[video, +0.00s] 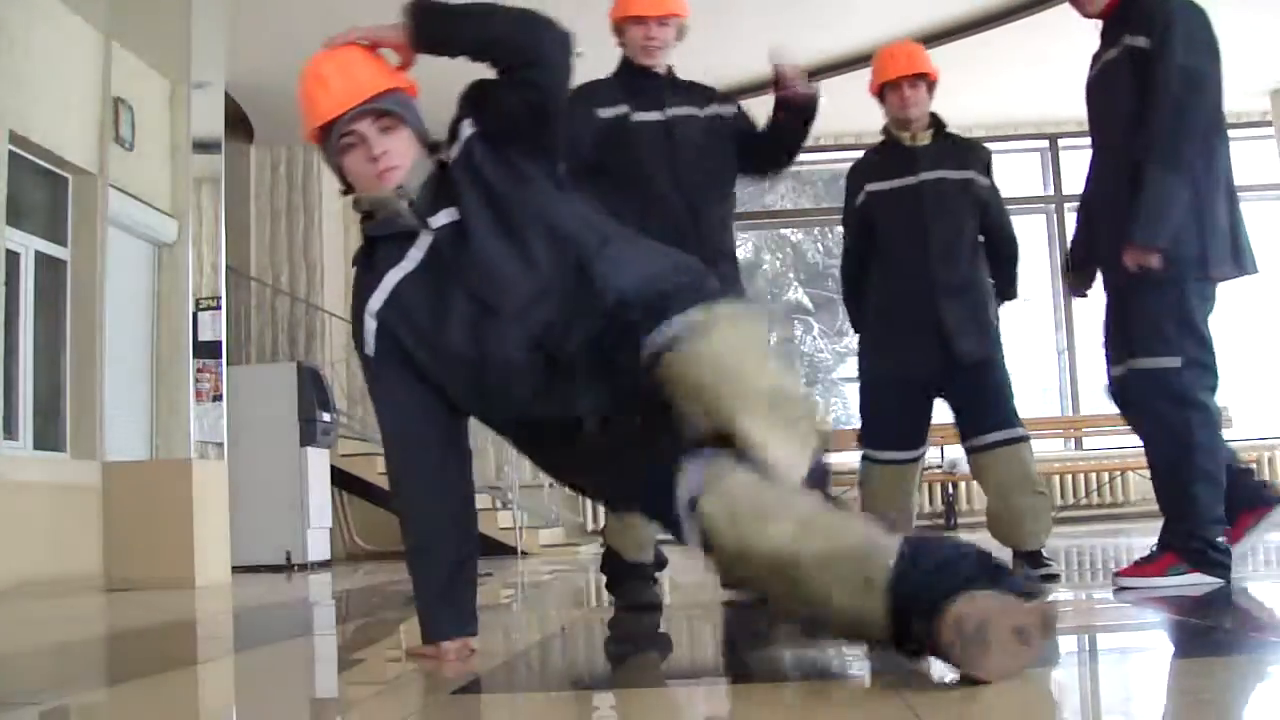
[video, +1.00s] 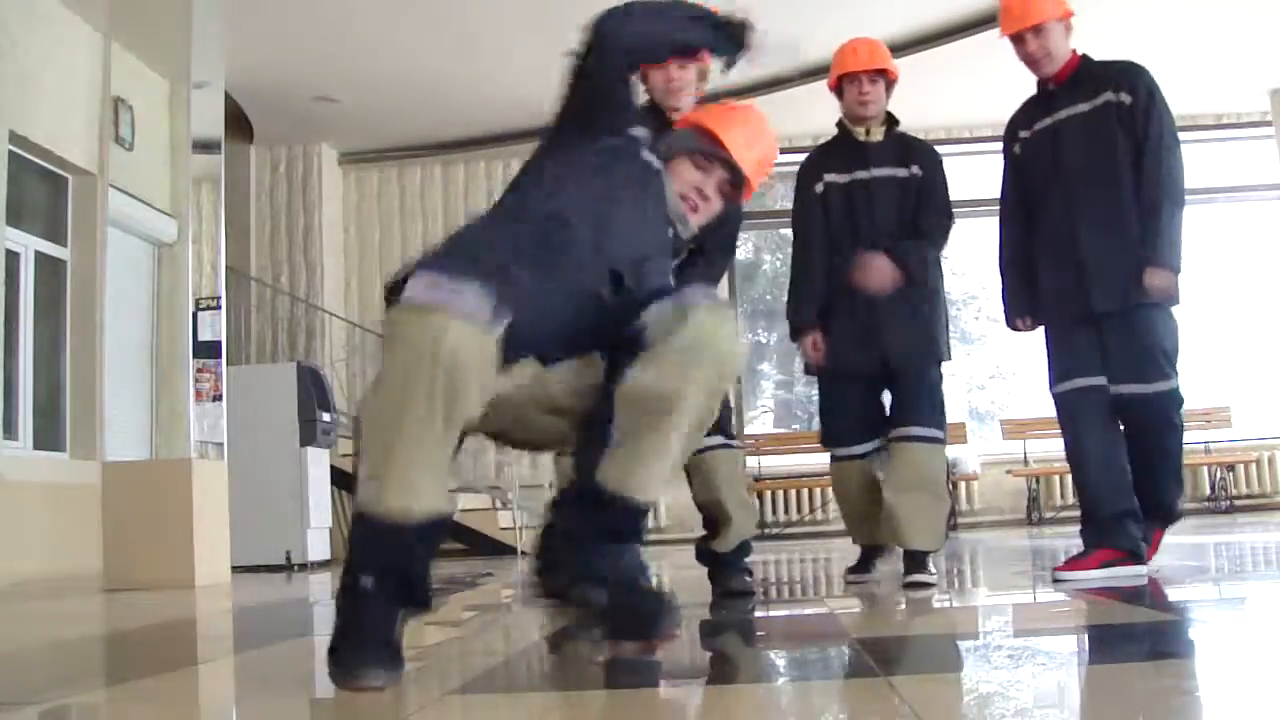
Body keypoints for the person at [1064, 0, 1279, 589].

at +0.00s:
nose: (1075, 5)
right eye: (1072, 3)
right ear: (1092, 0)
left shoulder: (1170, 13)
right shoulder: (1115, 41)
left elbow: (1180, 126)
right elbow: (1112, 154)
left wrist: (1153, 228)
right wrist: (1087, 247)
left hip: (1171, 241)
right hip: (1132, 247)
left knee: (1170, 383)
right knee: (1135, 381)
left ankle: (1198, 548)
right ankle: (1236, 490)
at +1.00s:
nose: (1028, 46)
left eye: (1037, 31)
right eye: (1018, 38)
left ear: (1067, 25)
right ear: (1011, 46)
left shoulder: (1127, 82)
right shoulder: (1021, 125)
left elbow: (1164, 172)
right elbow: (1014, 217)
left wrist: (1163, 258)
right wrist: (1017, 295)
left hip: (1133, 282)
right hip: (1063, 294)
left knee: (1150, 408)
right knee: (1083, 418)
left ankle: (1153, 514)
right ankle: (1113, 541)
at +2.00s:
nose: (1120, 84)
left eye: (1129, 72)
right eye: (1111, 76)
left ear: (1155, 70)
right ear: (1104, 81)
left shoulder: (1197, 130)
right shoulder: (1103, 151)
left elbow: (1230, 206)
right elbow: (1087, 231)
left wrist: (1217, 267)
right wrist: (1079, 295)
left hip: (1183, 298)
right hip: (1127, 303)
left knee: (1170, 412)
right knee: (1152, 414)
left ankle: (1158, 537)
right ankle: (1220, 513)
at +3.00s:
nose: (1203, 77)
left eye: (1212, 64)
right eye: (1195, 69)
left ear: (1238, 67)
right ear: (1189, 79)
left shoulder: (1271, 119)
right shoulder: (1178, 142)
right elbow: (1119, 141)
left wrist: (1238, 55)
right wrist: (1153, 82)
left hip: (1275, 294)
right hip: (1219, 301)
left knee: (1279, 401)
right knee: (1221, 414)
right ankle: (1233, 526)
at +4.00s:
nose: (1205, 44)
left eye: (1214, 30)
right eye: (1193, 38)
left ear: (1237, 29)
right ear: (1180, 47)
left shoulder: (1272, 88)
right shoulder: (1173, 112)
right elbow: (1106, 108)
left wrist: (1261, 8)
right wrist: (1143, 37)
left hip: (1274, 277)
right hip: (1210, 285)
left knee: (1278, 396)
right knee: (1212, 405)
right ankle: (1226, 535)